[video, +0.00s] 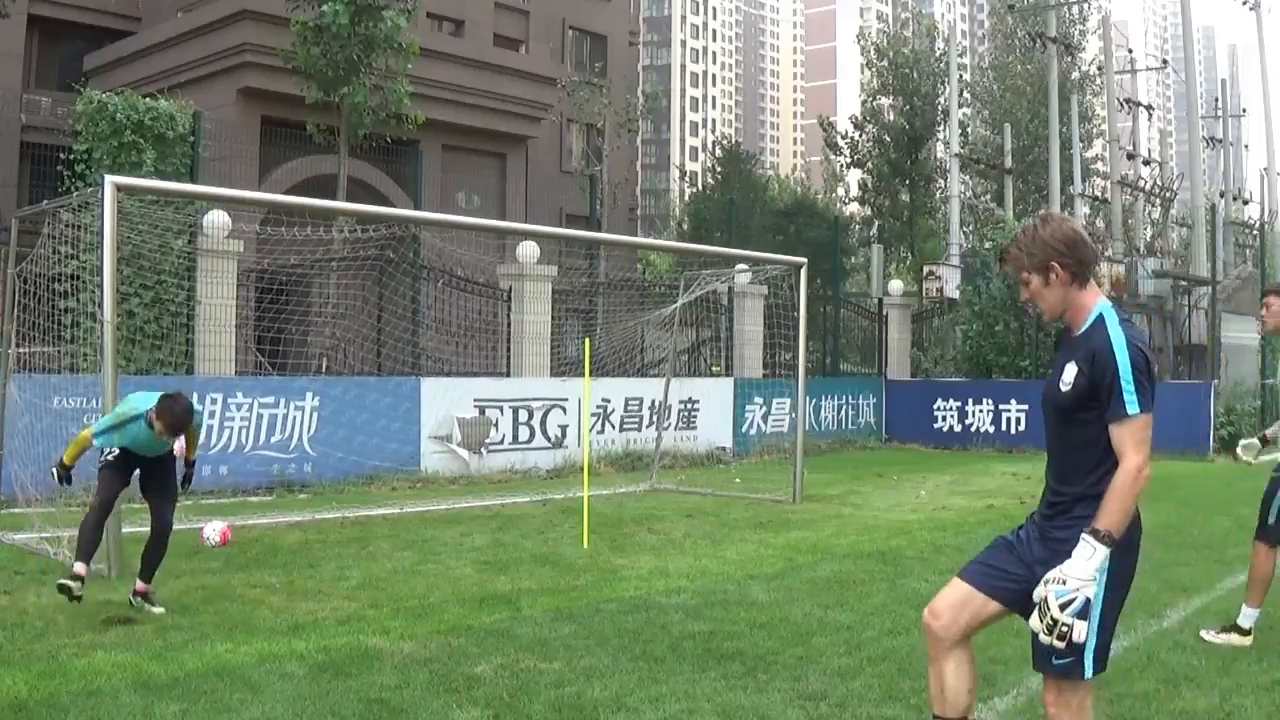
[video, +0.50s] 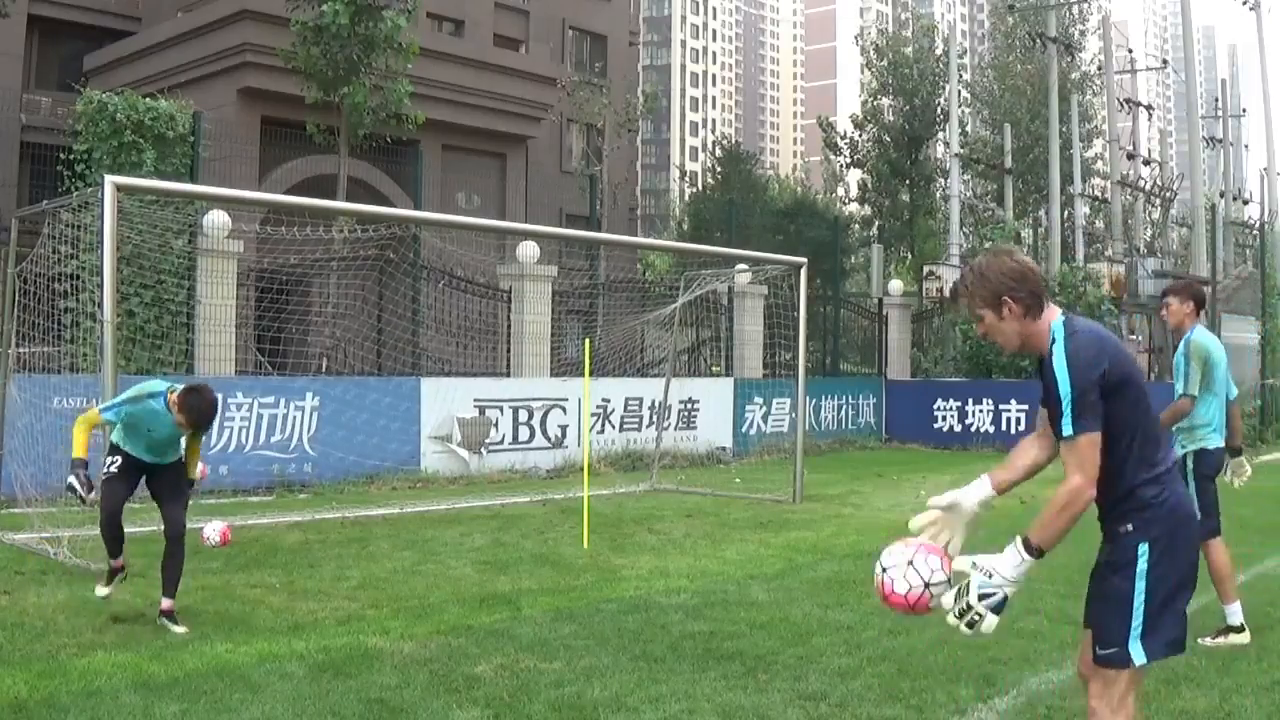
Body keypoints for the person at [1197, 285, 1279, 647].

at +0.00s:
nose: (1262, 315)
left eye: (1268, 308)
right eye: (1264, 307)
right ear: (1272, 311)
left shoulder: (1277, 349)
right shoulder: (1275, 349)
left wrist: (1269, 435)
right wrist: (1267, 435)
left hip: (1279, 469)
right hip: (1278, 467)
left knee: (1266, 538)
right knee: (1266, 538)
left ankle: (1245, 624)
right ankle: (1244, 624)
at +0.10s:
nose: (1244, 312)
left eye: (1249, 305)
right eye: (1244, 305)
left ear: (1271, 307)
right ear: (1267, 309)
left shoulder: (1275, 348)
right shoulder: (1269, 348)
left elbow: (1276, 409)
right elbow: (1270, 408)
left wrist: (1269, 454)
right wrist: (1261, 453)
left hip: (1273, 454)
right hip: (1268, 453)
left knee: (1248, 536)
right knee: (1254, 536)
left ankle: (1240, 625)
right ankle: (1241, 624)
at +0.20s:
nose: (1219, 310)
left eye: (1224, 302)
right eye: (1219, 303)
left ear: (1247, 304)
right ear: (1240, 305)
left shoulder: (1258, 342)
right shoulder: (1247, 342)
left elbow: (1267, 402)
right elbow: (1252, 402)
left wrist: (1238, 449)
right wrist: (1229, 450)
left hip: (1258, 452)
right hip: (1251, 450)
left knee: (1232, 537)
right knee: (1234, 535)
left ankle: (1238, 627)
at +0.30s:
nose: (1203, 308)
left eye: (1208, 301)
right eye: (1203, 302)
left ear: (1230, 302)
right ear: (1224, 304)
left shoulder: (1242, 339)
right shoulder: (1230, 341)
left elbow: (1243, 403)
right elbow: (1234, 405)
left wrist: (1204, 444)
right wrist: (1202, 446)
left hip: (1242, 449)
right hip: (1230, 449)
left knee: (1226, 537)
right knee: (1200, 529)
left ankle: (1238, 628)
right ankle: (1249, 594)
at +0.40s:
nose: (1179, 308)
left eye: (1185, 301)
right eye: (1180, 302)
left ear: (1207, 305)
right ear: (1206, 307)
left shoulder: (1211, 341)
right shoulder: (1225, 340)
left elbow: (1207, 403)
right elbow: (1250, 399)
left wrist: (1167, 432)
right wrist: (1248, 446)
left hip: (1214, 451)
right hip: (1214, 450)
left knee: (1217, 537)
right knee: (1168, 518)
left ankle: (1237, 626)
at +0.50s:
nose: (1163, 311)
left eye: (1169, 305)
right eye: (1164, 305)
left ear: (1190, 307)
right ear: (1191, 310)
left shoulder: (1192, 342)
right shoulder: (1211, 342)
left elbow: (1185, 403)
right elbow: (1231, 399)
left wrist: (1150, 429)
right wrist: (1236, 448)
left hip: (1195, 450)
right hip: (1209, 448)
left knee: (1209, 536)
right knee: (1181, 531)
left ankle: (1235, 622)